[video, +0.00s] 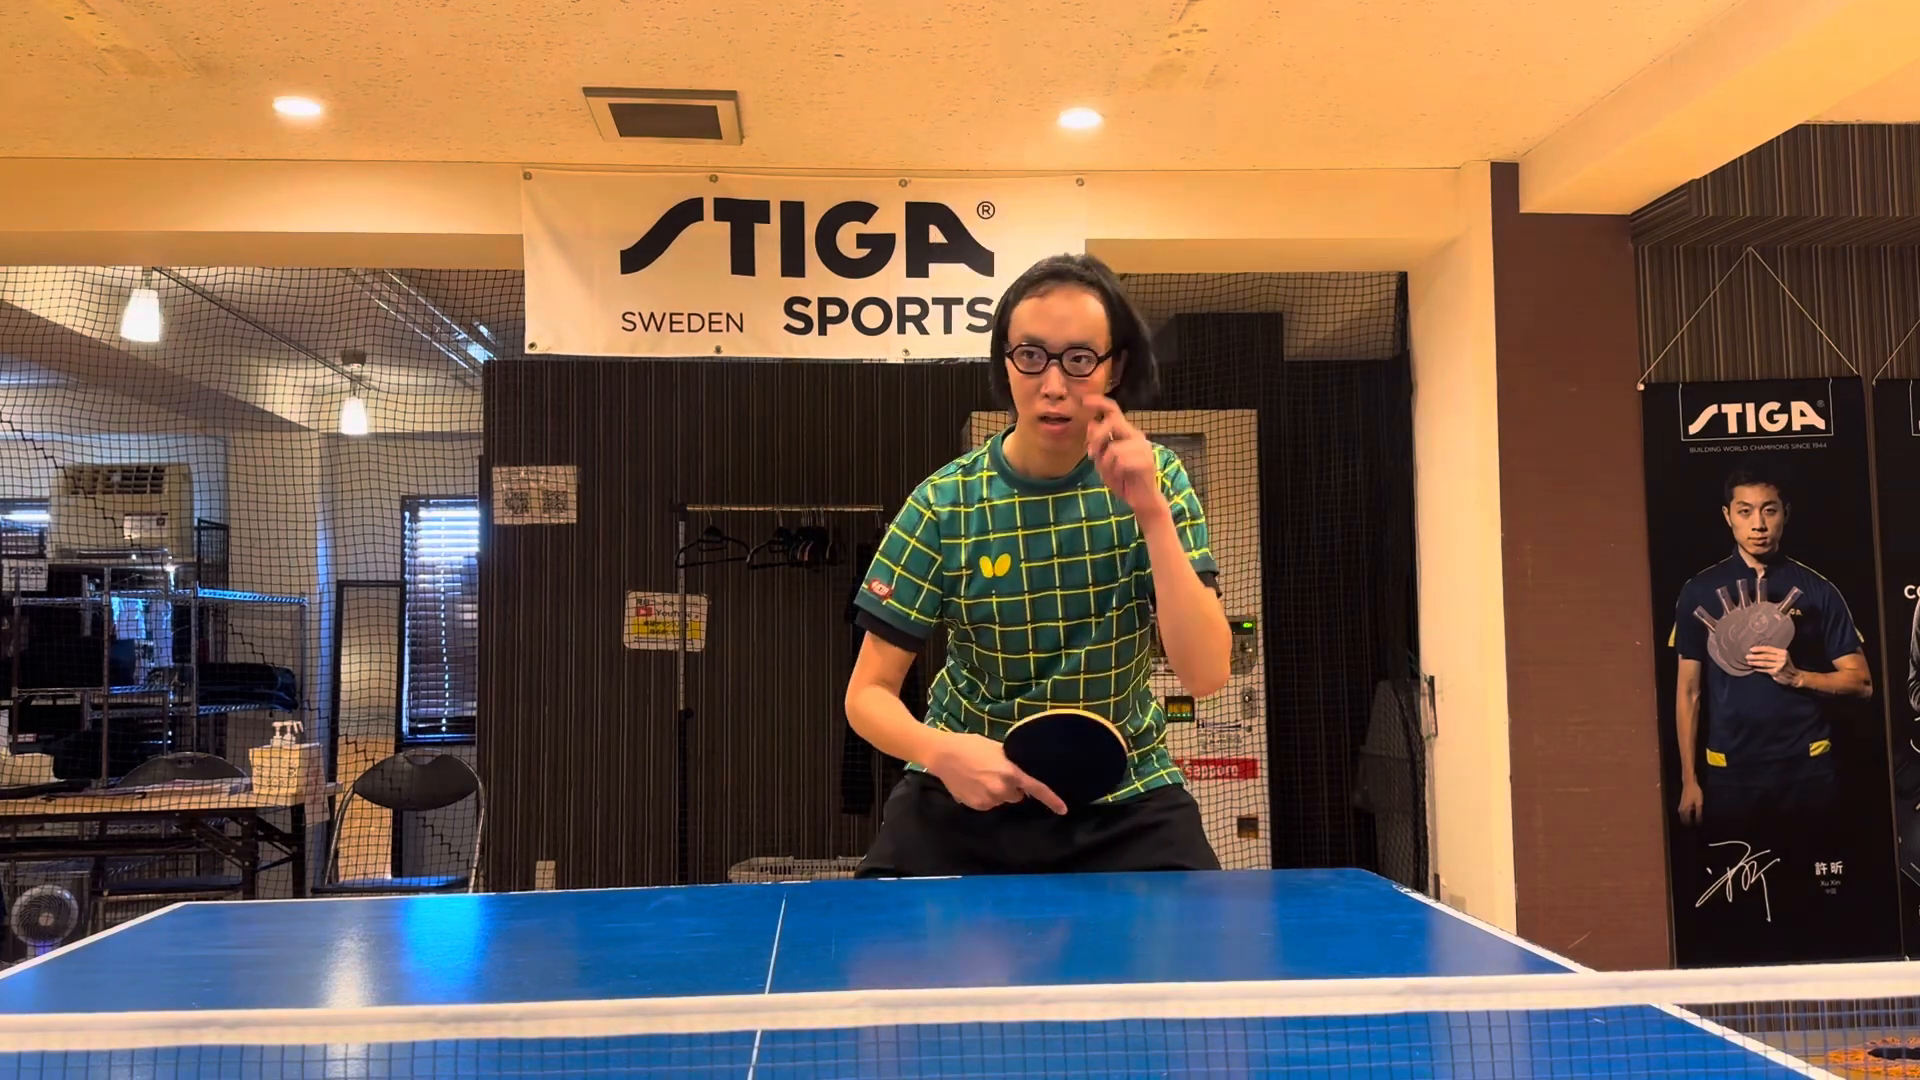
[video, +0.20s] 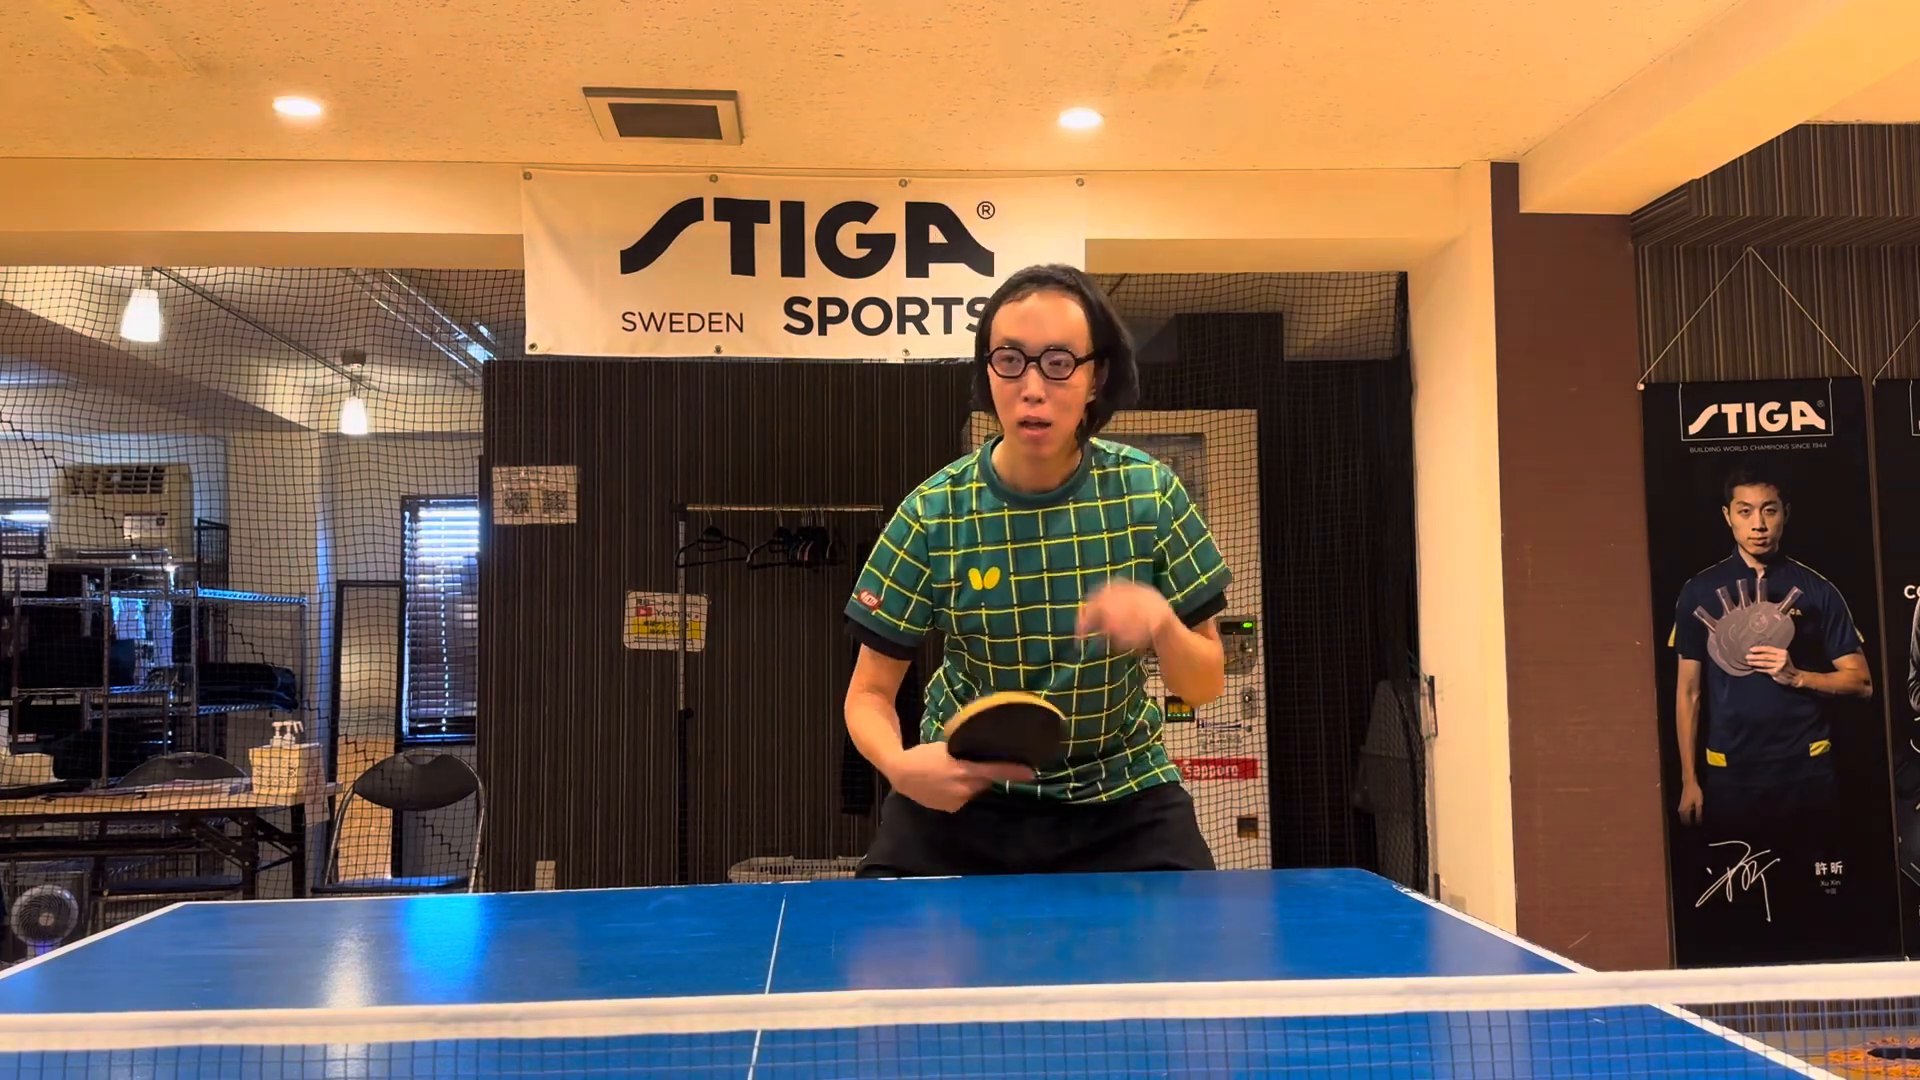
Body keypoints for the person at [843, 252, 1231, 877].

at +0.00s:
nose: (1053, 386)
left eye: (1079, 360)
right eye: (1031, 357)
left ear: (1116, 369)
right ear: (1004, 365)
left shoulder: (1154, 480)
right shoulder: (944, 504)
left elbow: (1204, 673)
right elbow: (867, 694)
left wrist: (1153, 516)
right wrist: (939, 752)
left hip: (1127, 792)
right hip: (959, 799)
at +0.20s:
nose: (1032, 387)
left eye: (1058, 363)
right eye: (1010, 361)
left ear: (1096, 378)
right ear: (986, 374)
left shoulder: (1149, 493)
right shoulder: (933, 513)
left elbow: (1203, 684)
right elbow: (869, 694)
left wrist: (1162, 623)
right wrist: (898, 767)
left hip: (1121, 792)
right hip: (962, 796)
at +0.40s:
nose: (1030, 400)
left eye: (1056, 371)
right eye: (1007, 370)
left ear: (1094, 383)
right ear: (983, 383)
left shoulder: (1149, 505)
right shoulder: (930, 522)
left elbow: (1197, 651)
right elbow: (879, 682)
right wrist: (862, 758)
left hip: (1110, 812)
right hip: (953, 808)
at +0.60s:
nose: (1052, 384)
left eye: (1078, 360)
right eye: (1030, 358)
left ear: (1116, 374)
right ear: (1006, 371)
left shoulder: (1173, 502)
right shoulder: (953, 510)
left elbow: (1212, 676)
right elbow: (891, 673)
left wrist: (1212, 831)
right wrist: (880, 724)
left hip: (1131, 805)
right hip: (968, 802)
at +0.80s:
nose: (1059, 376)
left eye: (1085, 355)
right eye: (1038, 351)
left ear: (1121, 375)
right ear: (1011, 368)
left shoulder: (1176, 500)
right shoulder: (955, 507)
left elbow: (1218, 688)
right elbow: (934, 685)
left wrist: (1227, 851)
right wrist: (904, 702)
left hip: (1134, 779)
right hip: (978, 777)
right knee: (901, 949)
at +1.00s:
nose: (1028, 388)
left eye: (1053, 366)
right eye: (1007, 364)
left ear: (1088, 383)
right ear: (980, 381)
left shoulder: (1148, 510)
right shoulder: (927, 522)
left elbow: (1195, 697)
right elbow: (885, 736)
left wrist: (1214, 867)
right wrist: (916, 681)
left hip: (1123, 799)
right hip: (963, 797)